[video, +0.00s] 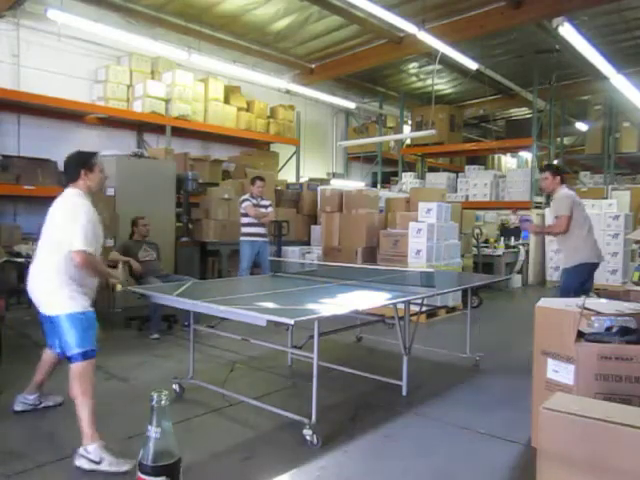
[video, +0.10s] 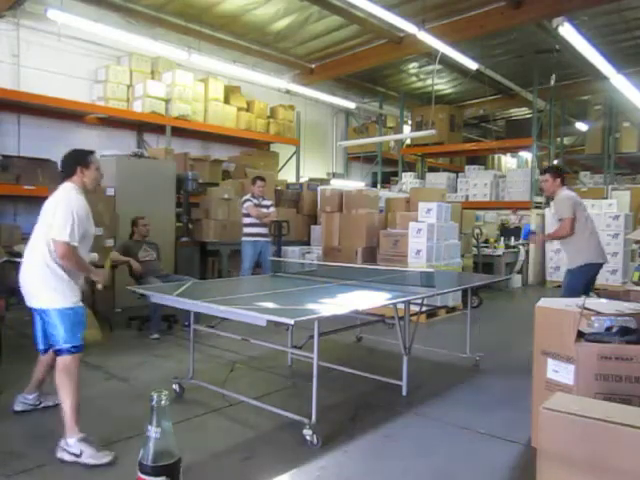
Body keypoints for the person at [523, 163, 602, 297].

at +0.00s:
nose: (542, 184)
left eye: (546, 179)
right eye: (541, 180)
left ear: (557, 179)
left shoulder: (563, 196)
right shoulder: (567, 195)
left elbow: (561, 227)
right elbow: (561, 227)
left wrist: (536, 229)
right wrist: (537, 229)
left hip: (579, 259)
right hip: (587, 258)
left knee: (566, 303)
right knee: (581, 302)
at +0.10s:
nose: (542, 186)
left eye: (546, 181)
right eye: (541, 182)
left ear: (558, 181)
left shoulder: (564, 197)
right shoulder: (567, 196)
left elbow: (566, 229)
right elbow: (566, 229)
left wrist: (543, 237)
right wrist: (544, 237)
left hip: (584, 260)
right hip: (590, 258)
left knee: (567, 305)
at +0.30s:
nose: (538, 192)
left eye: (540, 188)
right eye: (537, 189)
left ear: (552, 187)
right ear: (553, 188)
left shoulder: (560, 202)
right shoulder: (566, 201)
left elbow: (570, 235)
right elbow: (572, 235)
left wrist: (557, 262)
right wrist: (557, 259)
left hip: (586, 260)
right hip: (594, 258)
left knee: (568, 303)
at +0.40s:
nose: (535, 197)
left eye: (537, 192)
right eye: (535, 193)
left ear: (548, 191)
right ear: (548, 192)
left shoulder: (557, 207)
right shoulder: (567, 204)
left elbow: (567, 239)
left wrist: (551, 263)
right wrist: (554, 261)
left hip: (586, 262)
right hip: (596, 260)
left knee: (565, 304)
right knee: (580, 302)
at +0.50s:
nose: (530, 200)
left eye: (532, 196)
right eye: (529, 196)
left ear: (544, 194)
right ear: (545, 195)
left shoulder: (552, 210)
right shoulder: (564, 207)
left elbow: (559, 244)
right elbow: (563, 244)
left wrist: (543, 260)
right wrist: (545, 257)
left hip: (582, 265)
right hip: (595, 263)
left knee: (564, 307)